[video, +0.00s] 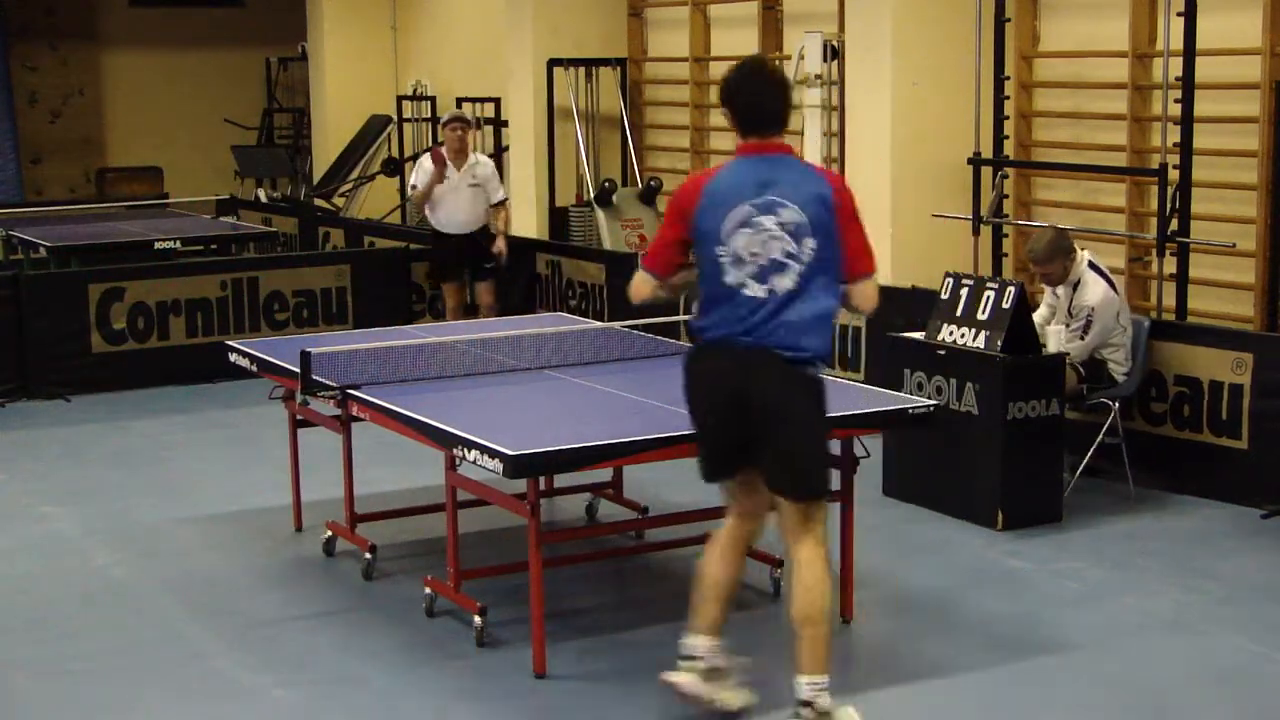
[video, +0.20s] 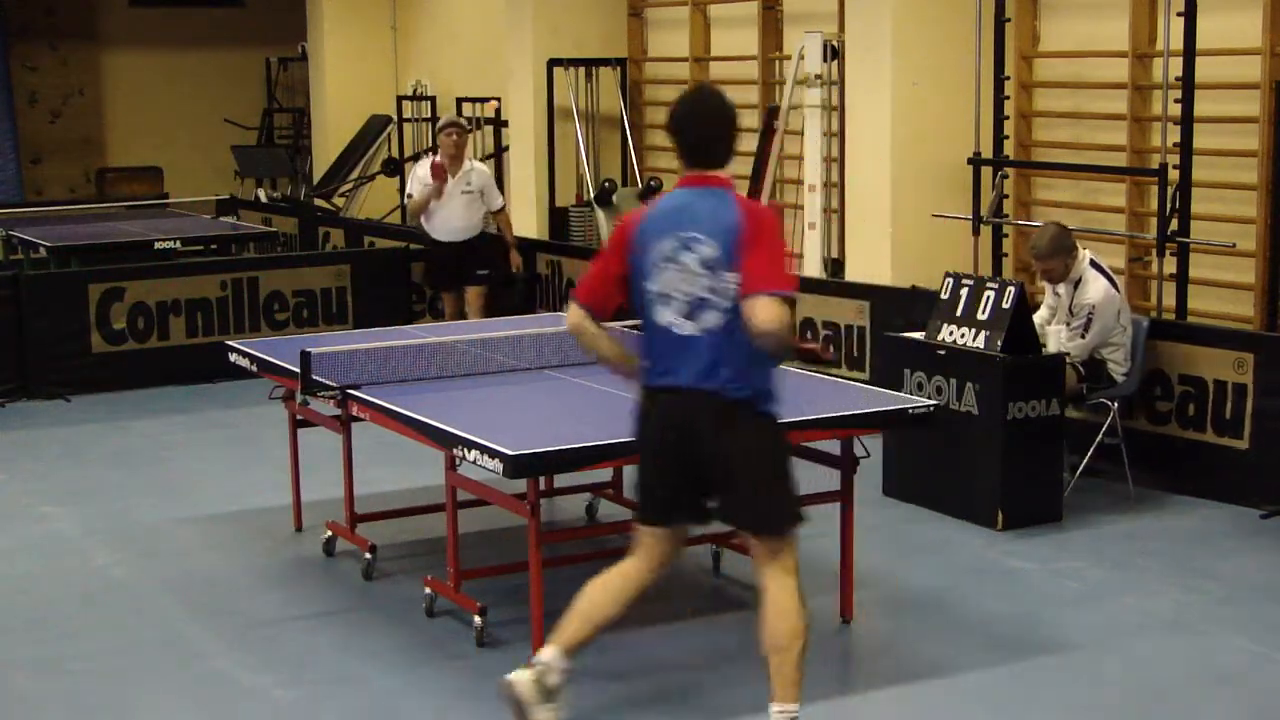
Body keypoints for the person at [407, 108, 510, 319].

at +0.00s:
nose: (459, 134)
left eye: (464, 129)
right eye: (454, 130)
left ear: (470, 134)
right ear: (444, 134)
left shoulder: (484, 164)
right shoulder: (427, 162)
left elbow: (499, 204)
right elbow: (417, 202)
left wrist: (500, 236)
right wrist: (434, 179)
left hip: (479, 239)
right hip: (445, 241)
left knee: (487, 303)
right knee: (453, 305)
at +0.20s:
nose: (454, 139)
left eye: (459, 134)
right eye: (448, 134)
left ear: (467, 139)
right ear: (438, 140)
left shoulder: (480, 172)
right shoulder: (422, 170)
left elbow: (499, 211)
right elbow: (412, 211)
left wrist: (512, 248)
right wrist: (432, 192)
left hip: (475, 246)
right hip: (440, 248)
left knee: (476, 306)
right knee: (451, 310)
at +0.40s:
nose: (455, 142)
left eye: (460, 137)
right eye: (449, 137)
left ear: (468, 142)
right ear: (439, 142)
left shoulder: (481, 175)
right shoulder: (422, 171)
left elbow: (499, 213)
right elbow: (410, 208)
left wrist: (510, 244)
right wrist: (424, 230)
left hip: (472, 251)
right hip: (436, 252)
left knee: (474, 310)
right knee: (440, 312)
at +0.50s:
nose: (454, 139)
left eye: (460, 135)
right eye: (448, 135)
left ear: (467, 140)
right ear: (438, 139)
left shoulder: (482, 173)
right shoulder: (420, 170)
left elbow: (496, 213)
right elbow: (409, 210)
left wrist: (489, 245)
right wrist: (414, 244)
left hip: (468, 250)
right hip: (430, 250)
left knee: (470, 309)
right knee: (430, 308)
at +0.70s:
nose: (446, 144)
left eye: (452, 139)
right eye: (441, 139)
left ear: (460, 144)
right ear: (430, 144)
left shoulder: (476, 177)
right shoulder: (414, 176)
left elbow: (489, 218)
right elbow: (406, 219)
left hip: (465, 253)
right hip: (425, 255)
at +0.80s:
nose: (439, 148)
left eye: (445, 143)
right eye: (433, 143)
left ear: (453, 149)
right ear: (423, 150)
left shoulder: (470, 182)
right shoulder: (408, 181)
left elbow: (477, 224)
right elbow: (399, 223)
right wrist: (394, 263)